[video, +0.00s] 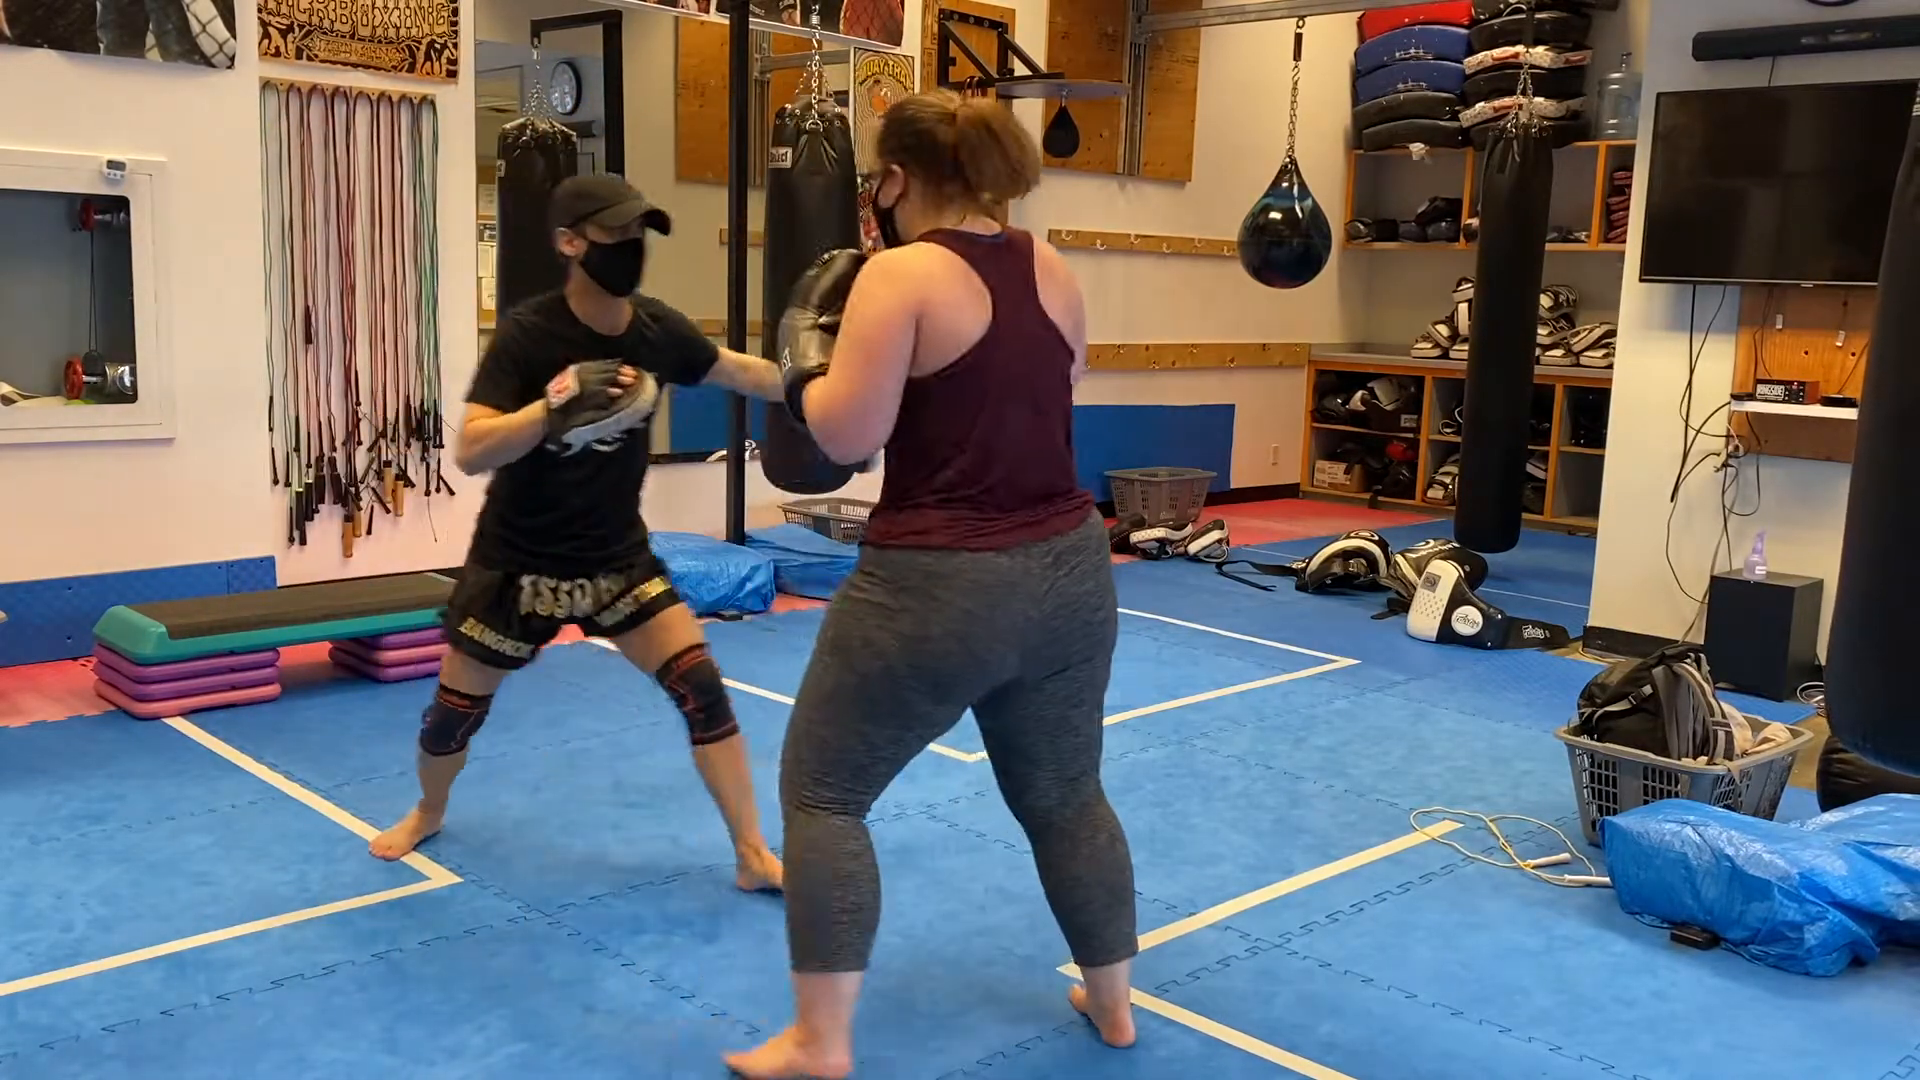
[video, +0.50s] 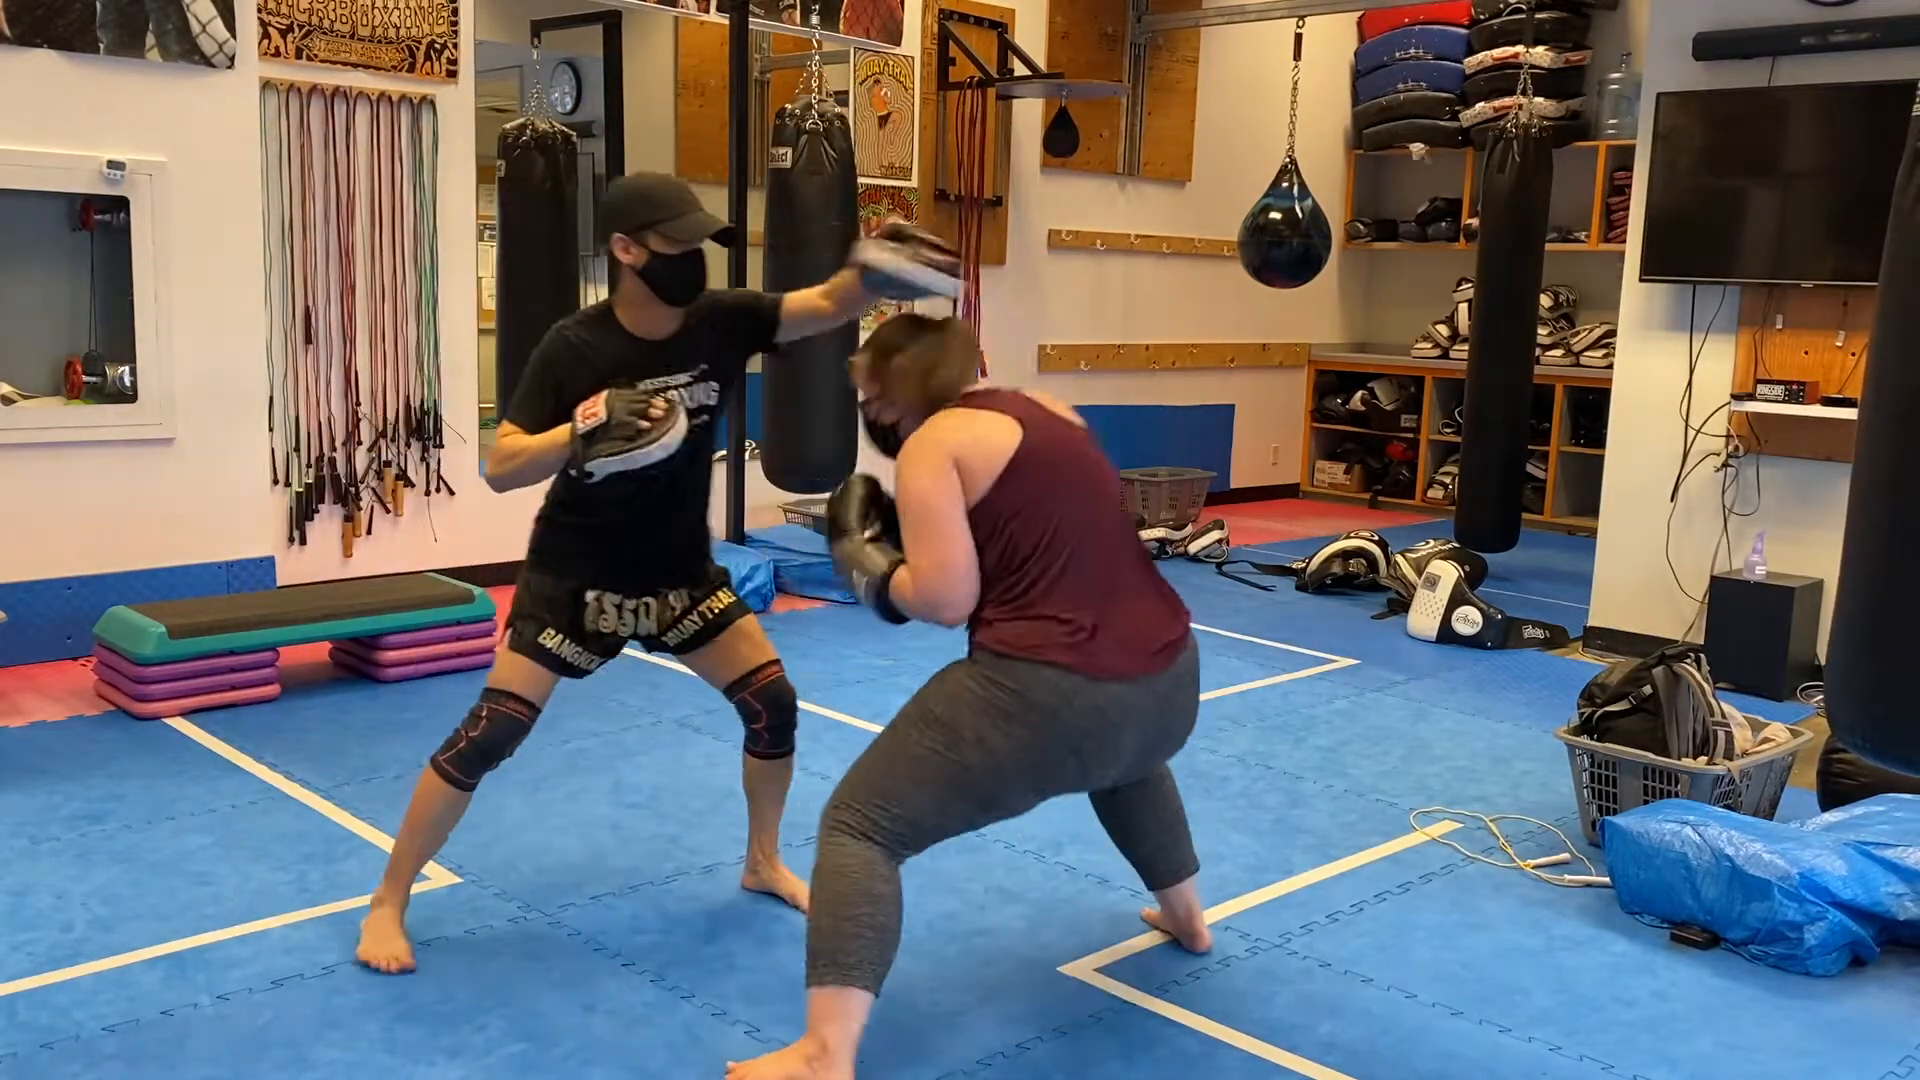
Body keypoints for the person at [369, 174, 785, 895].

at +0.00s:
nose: (636, 248)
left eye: (639, 235)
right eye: (618, 237)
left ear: (642, 237)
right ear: (570, 243)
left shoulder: (658, 331)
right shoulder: (528, 332)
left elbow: (746, 373)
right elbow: (472, 448)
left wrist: (818, 376)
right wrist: (558, 408)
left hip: (617, 554)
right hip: (516, 555)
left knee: (702, 688)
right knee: (448, 723)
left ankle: (752, 852)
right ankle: (429, 813)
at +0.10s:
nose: (689, 257)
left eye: (693, 243)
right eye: (671, 245)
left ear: (699, 246)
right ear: (622, 254)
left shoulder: (712, 344)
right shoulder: (575, 343)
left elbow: (776, 376)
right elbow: (514, 454)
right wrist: (605, 420)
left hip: (653, 554)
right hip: (554, 559)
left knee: (745, 687)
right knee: (487, 718)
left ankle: (759, 858)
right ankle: (425, 806)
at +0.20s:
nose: (722, 262)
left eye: (727, 249)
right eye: (704, 250)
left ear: (735, 250)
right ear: (657, 254)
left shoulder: (741, 341)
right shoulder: (608, 344)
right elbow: (538, 455)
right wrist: (627, 425)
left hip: (675, 550)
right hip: (581, 554)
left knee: (767, 694)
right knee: (503, 721)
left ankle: (761, 858)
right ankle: (436, 806)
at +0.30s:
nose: (733, 264)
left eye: (737, 249)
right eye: (715, 252)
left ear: (747, 245)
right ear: (667, 257)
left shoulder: (758, 338)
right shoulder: (617, 346)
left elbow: (842, 364)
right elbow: (539, 456)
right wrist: (629, 429)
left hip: (692, 565)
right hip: (590, 567)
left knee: (779, 699)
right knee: (504, 725)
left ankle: (763, 856)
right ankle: (434, 833)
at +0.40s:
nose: (728, 263)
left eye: (730, 249)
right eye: (709, 252)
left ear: (736, 248)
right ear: (657, 258)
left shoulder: (750, 329)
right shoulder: (606, 348)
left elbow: (847, 325)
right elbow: (528, 462)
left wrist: (928, 297)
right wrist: (610, 437)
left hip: (696, 569)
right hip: (591, 570)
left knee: (783, 700)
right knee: (504, 724)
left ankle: (765, 858)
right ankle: (409, 868)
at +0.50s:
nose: (697, 258)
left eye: (699, 244)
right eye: (680, 247)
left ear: (701, 240)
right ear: (627, 251)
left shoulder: (719, 322)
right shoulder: (572, 348)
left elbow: (829, 304)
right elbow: (500, 467)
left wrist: (872, 264)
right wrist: (577, 434)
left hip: (682, 571)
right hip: (574, 576)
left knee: (773, 704)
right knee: (496, 729)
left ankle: (764, 859)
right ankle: (388, 902)